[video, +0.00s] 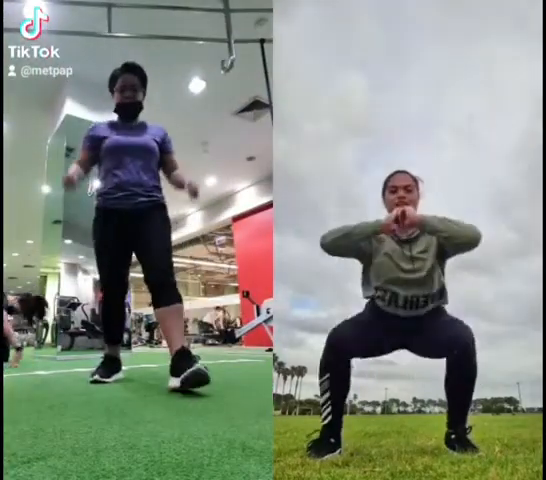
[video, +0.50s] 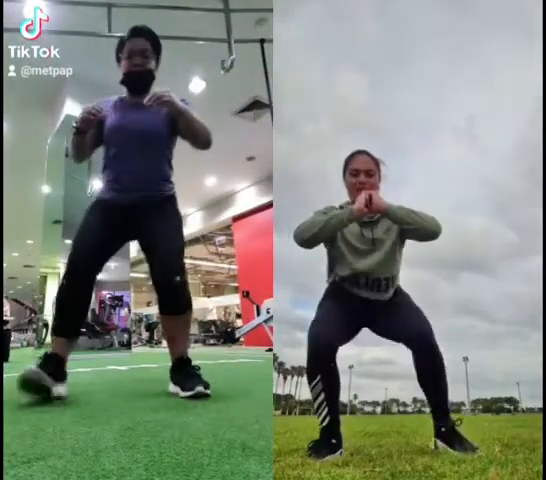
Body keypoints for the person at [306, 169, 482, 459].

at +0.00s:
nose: (400, 196)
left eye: (407, 190)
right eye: (393, 191)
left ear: (419, 196)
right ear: (384, 200)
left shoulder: (436, 239)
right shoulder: (373, 240)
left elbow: (473, 236)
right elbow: (328, 243)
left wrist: (420, 221)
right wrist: (381, 226)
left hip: (428, 324)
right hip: (380, 323)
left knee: (463, 340)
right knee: (338, 341)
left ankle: (457, 434)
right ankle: (330, 437)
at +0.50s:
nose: (362, 181)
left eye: (369, 174)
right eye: (354, 175)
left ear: (380, 180)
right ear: (344, 180)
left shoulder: (395, 219)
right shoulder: (334, 216)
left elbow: (433, 230)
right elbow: (301, 237)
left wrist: (385, 208)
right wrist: (352, 213)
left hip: (389, 303)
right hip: (343, 301)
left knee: (424, 339)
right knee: (319, 343)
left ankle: (445, 430)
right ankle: (330, 437)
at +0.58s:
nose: (358, 175)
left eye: (365, 169)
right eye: (350, 169)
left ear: (375, 175)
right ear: (341, 175)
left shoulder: (389, 213)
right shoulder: (330, 212)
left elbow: (424, 226)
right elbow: (296, 234)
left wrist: (378, 205)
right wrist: (345, 209)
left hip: (383, 298)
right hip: (339, 296)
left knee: (412, 339)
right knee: (318, 345)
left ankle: (408, 412)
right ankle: (330, 436)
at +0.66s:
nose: (353, 175)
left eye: (360, 169)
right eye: (345, 169)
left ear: (370, 175)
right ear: (336, 176)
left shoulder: (383, 212)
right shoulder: (324, 214)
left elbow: (414, 225)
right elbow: (288, 233)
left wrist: (371, 203)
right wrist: (336, 207)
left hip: (380, 295)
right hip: (336, 293)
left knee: (396, 360)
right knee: (319, 347)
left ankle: (376, 393)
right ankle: (330, 435)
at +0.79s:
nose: (342, 194)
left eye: (349, 188)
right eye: (335, 188)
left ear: (359, 194)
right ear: (326, 195)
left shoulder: (370, 228)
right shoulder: (313, 234)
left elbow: (395, 234)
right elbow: (273, 245)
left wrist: (351, 215)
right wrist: (319, 219)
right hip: (329, 311)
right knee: (314, 346)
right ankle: (330, 438)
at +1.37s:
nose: (351, 185)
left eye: (357, 180)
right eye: (345, 180)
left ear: (367, 187)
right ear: (336, 187)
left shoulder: (379, 222)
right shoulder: (323, 223)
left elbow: (408, 227)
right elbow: (284, 230)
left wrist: (364, 207)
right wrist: (331, 210)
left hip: (371, 308)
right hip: (330, 303)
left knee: (356, 393)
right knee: (317, 351)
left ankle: (331, 427)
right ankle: (330, 437)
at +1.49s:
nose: (360, 172)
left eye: (367, 166)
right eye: (353, 166)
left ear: (376, 173)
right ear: (343, 174)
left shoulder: (389, 211)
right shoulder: (331, 209)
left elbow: (423, 219)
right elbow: (295, 223)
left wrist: (380, 197)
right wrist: (343, 201)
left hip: (380, 294)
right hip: (338, 291)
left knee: (390, 361)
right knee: (325, 348)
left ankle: (370, 406)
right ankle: (330, 436)